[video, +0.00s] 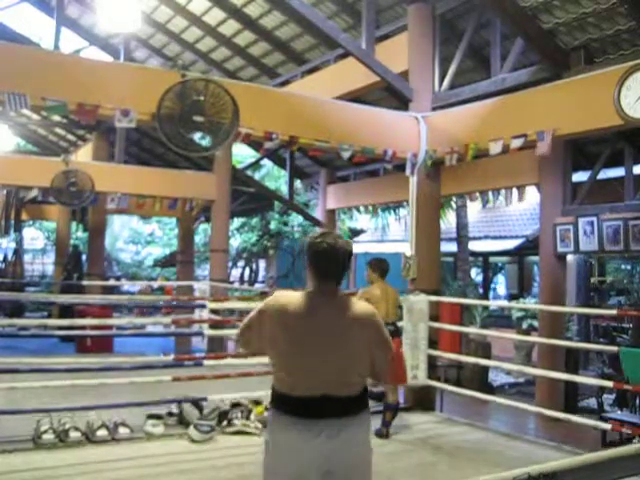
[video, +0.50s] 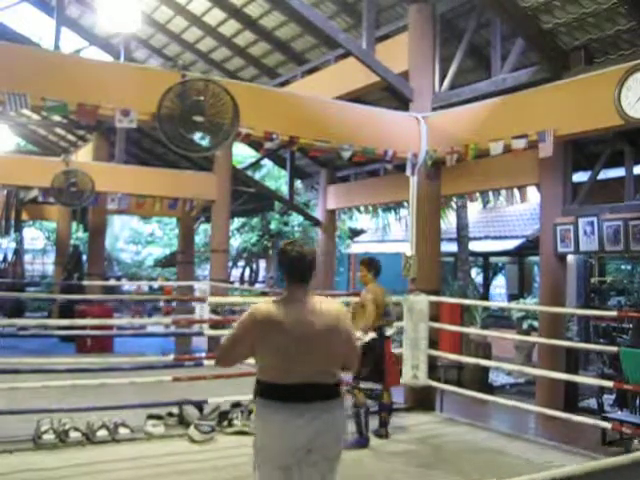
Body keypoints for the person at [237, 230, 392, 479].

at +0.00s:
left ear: (308, 265)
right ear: (346, 269)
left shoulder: (278, 306)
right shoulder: (365, 314)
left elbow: (245, 341)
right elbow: (385, 372)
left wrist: (287, 339)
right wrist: (349, 355)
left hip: (290, 429)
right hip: (350, 430)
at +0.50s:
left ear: (281, 272)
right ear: (313, 271)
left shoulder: (261, 315)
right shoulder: (335, 313)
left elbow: (224, 358)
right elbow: (351, 362)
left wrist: (261, 341)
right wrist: (321, 349)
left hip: (275, 417)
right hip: (327, 415)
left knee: (273, 475)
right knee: (321, 475)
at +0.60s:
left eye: (268, 264)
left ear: (269, 269)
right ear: (300, 269)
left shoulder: (250, 311)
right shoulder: (324, 309)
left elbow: (216, 344)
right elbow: (341, 352)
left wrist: (255, 341)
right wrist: (308, 348)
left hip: (264, 414)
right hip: (313, 413)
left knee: (266, 474)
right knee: (314, 474)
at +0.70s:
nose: (256, 268)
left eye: (257, 264)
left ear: (259, 268)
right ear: (292, 268)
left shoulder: (242, 308)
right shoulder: (314, 306)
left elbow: (211, 340)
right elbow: (333, 347)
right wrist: (300, 336)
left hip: (257, 409)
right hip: (304, 409)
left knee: (264, 475)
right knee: (308, 473)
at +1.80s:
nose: (212, 267)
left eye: (214, 262)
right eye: (214, 262)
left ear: (220, 267)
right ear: (244, 269)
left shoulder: (205, 299)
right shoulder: (259, 299)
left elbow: (175, 329)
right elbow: (271, 335)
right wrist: (244, 330)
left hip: (214, 377)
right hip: (254, 374)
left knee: (206, 449)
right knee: (247, 449)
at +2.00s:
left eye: (202, 266)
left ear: (200, 268)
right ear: (226, 268)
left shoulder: (186, 298)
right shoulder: (240, 297)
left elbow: (157, 329)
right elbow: (255, 331)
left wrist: (184, 327)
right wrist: (228, 327)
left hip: (196, 373)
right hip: (233, 372)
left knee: (196, 445)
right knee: (235, 442)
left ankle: (196, 475)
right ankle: (239, 473)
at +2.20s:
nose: (178, 270)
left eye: (180, 266)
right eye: (179, 266)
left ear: (185, 267)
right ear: (209, 267)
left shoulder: (173, 295)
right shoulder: (227, 295)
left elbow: (148, 326)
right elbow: (246, 330)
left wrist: (176, 323)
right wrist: (221, 331)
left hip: (182, 370)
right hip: (219, 369)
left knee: (189, 441)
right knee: (223, 436)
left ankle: (192, 475)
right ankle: (226, 475)